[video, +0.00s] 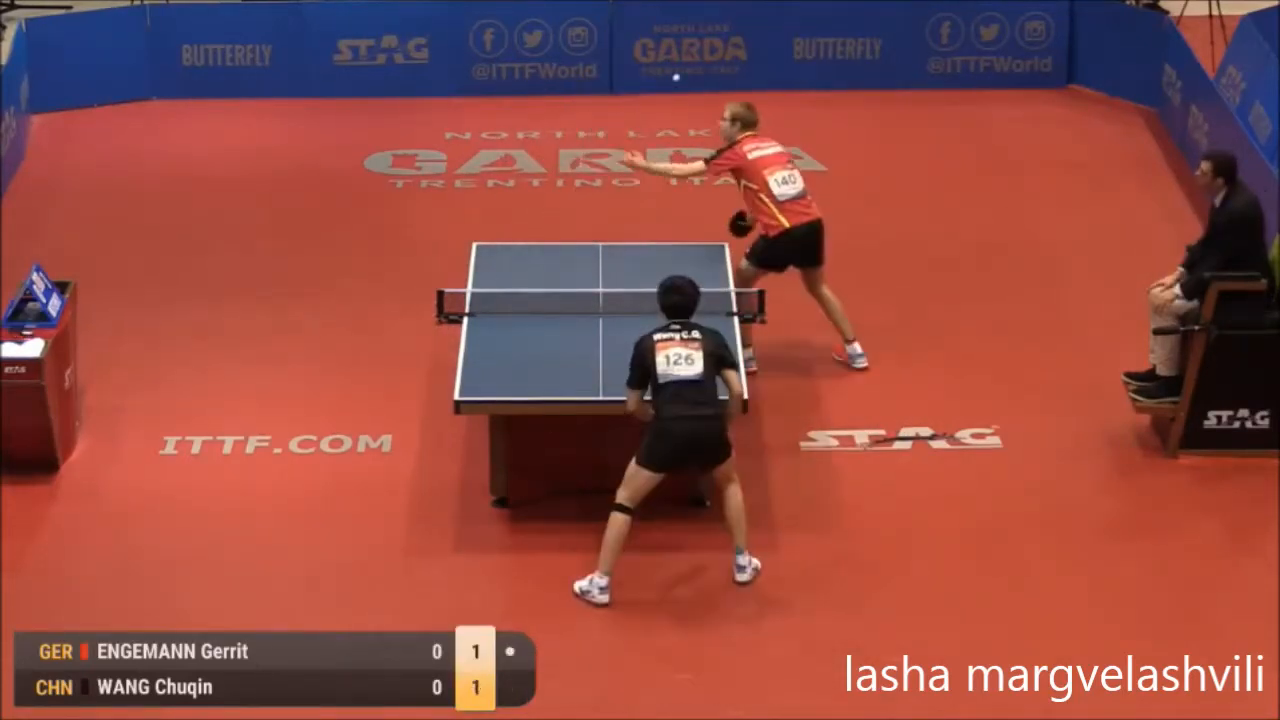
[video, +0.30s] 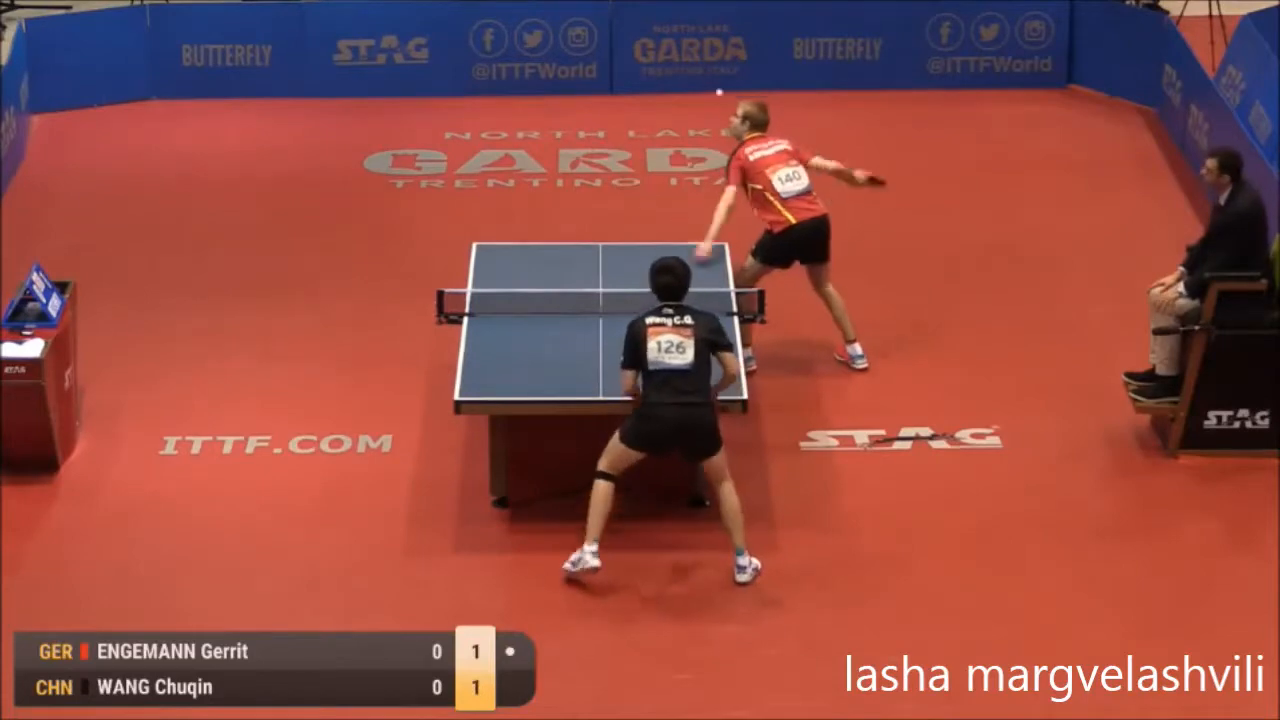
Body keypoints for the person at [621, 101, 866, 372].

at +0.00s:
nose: (719, 126)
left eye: (723, 121)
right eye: (721, 120)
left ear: (737, 126)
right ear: (749, 126)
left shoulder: (735, 152)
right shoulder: (771, 143)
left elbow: (685, 171)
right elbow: (778, 185)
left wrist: (645, 165)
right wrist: (753, 215)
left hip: (779, 234)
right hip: (812, 226)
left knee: (741, 280)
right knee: (817, 286)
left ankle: (745, 353)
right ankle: (855, 348)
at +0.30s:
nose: (730, 121)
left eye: (735, 117)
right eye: (733, 116)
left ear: (746, 125)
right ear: (759, 125)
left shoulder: (740, 156)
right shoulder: (783, 144)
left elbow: (728, 201)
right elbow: (827, 166)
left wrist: (708, 241)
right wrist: (854, 177)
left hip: (785, 230)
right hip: (818, 222)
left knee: (741, 282)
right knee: (823, 284)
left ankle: (744, 352)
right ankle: (855, 348)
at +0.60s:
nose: (692, 194)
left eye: (692, 188)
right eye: (689, 189)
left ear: (707, 181)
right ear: (709, 177)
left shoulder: (730, 194)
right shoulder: (734, 165)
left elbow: (767, 213)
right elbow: (737, 149)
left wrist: (788, 251)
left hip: (789, 244)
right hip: (810, 234)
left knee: (739, 284)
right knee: (791, 297)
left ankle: (761, 357)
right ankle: (842, 342)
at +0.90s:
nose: (676, 155)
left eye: (681, 149)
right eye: (674, 149)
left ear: (695, 144)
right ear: (672, 147)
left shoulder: (724, 159)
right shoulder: (685, 160)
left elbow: (770, 163)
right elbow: (672, 169)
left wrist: (789, 199)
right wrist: (665, 195)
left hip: (753, 211)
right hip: (723, 210)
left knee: (746, 274)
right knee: (688, 249)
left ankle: (758, 348)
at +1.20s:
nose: (666, 133)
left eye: (671, 128)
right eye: (662, 128)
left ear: (685, 124)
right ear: (658, 126)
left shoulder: (707, 140)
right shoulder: (655, 150)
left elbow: (734, 157)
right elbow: (629, 182)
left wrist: (715, 179)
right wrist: (624, 209)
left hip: (713, 198)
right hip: (676, 200)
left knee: (744, 249)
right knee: (640, 247)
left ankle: (772, 308)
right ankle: (637, 311)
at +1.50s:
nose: (683, 146)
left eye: (689, 140)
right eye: (680, 139)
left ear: (702, 137)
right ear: (675, 137)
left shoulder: (718, 148)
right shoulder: (674, 159)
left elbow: (742, 189)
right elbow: (647, 198)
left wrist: (705, 188)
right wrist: (670, 224)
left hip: (725, 202)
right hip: (688, 204)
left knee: (761, 257)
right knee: (653, 246)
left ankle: (799, 289)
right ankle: (644, 301)